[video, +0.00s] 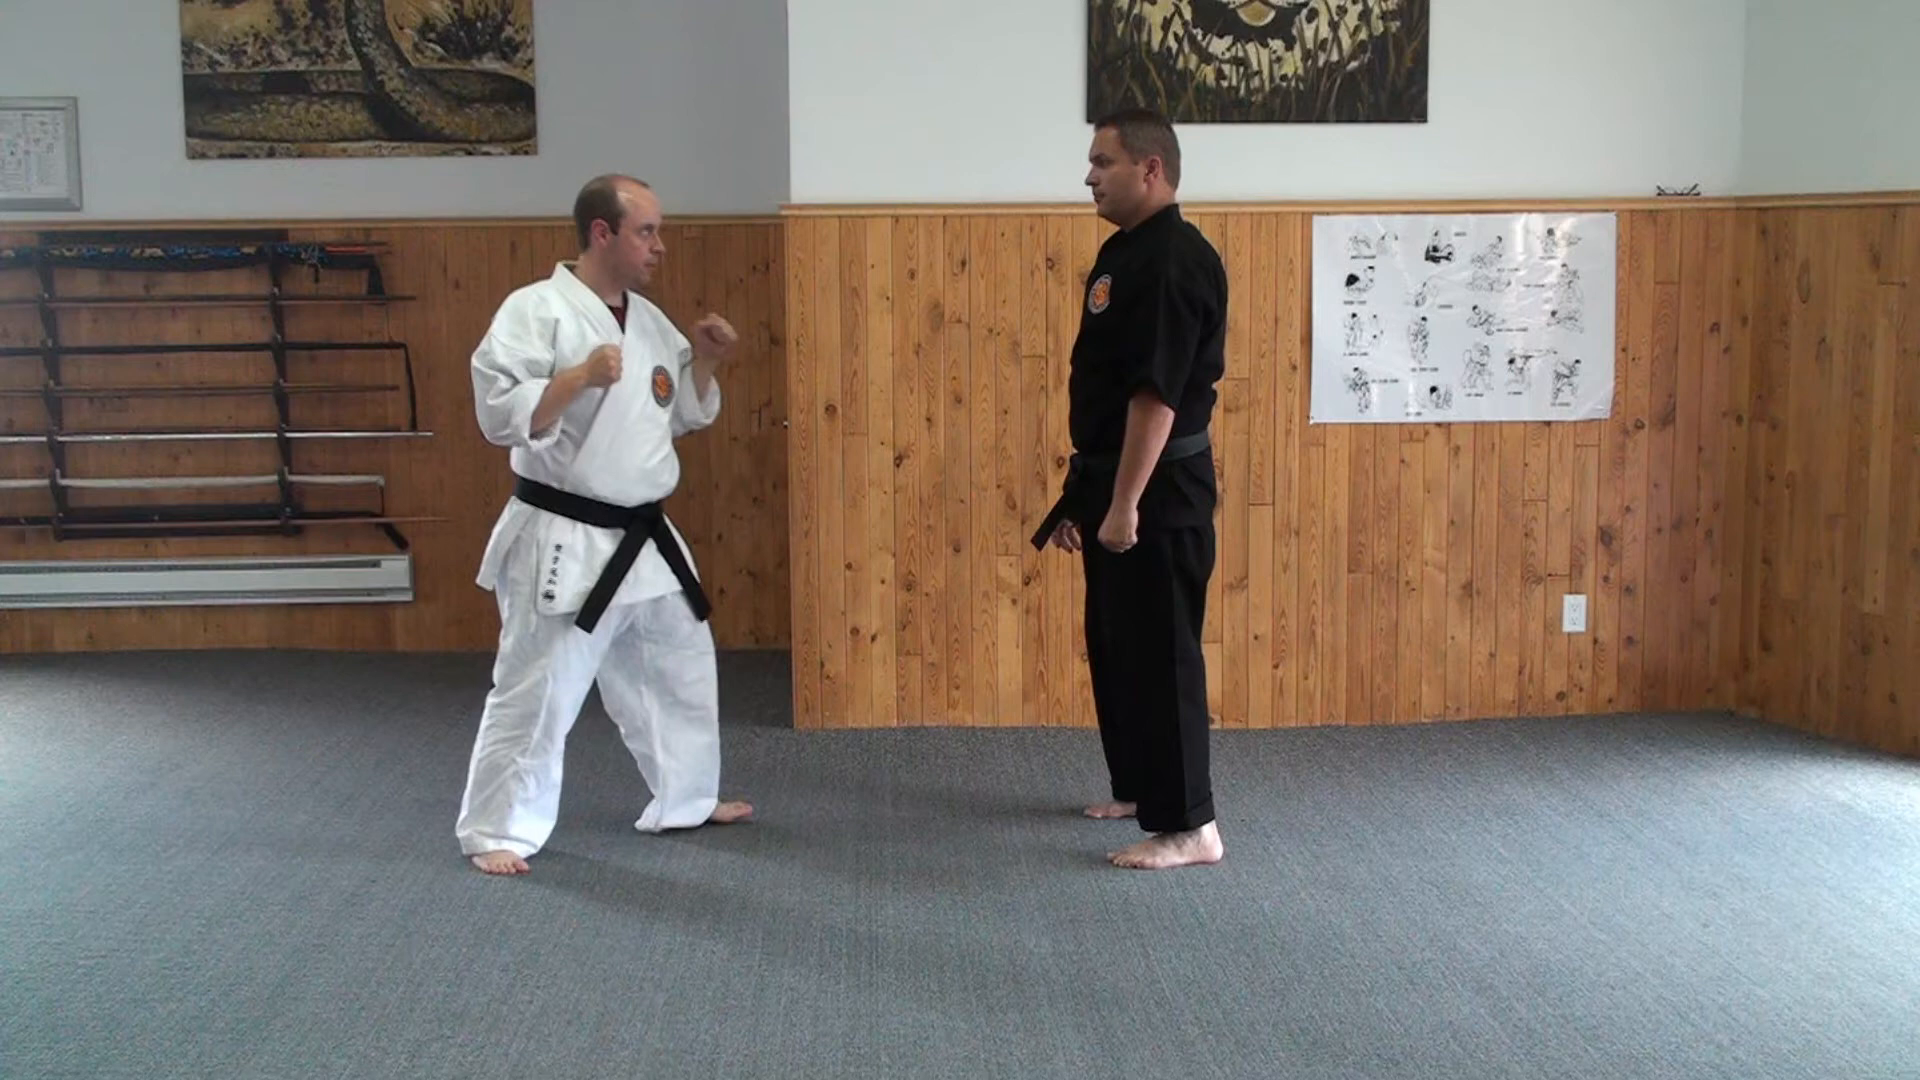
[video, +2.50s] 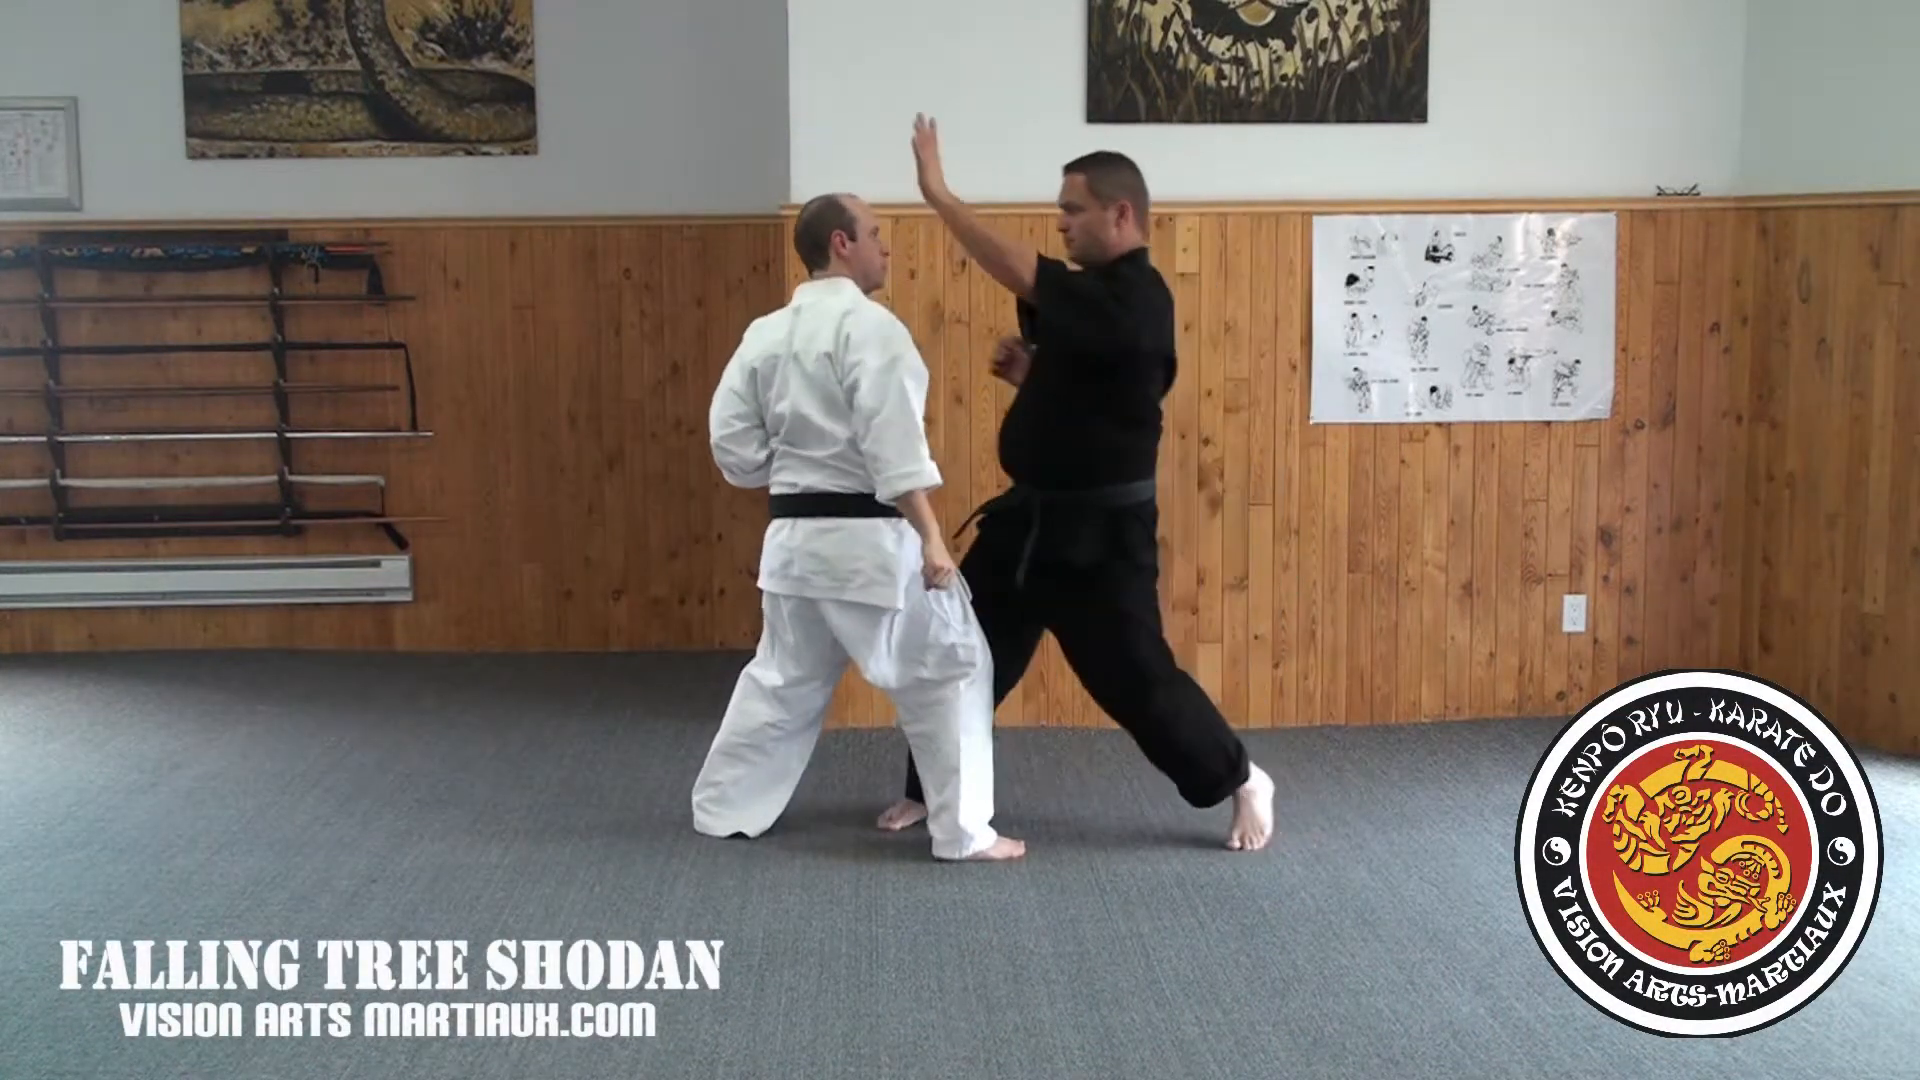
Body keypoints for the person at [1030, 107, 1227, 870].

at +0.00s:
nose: (1090, 175)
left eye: (1103, 163)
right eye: (1091, 162)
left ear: (1151, 169)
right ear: (1136, 170)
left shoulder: (1177, 257)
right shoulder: (1122, 252)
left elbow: (1161, 396)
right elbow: (1108, 389)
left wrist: (1126, 499)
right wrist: (1080, 492)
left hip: (1162, 490)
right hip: (1118, 488)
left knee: (1160, 658)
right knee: (1118, 652)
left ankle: (1190, 828)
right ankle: (1145, 789)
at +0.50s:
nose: (1097, 188)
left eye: (1107, 172)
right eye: (1097, 173)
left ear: (1156, 175)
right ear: (1153, 178)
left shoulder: (1176, 265)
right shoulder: (1153, 253)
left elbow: (1153, 404)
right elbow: (1083, 333)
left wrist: (1123, 509)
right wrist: (987, 362)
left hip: (1195, 484)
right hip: (1171, 480)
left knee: (1179, 656)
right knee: (1150, 643)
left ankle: (1189, 831)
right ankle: (1157, 786)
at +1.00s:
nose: (1174, 207)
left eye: (1184, 194)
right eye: (1173, 194)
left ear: (1232, 193)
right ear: (1234, 194)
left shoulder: (1242, 269)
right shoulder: (1252, 250)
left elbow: (1134, 298)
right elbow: (1168, 280)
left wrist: (1046, 268)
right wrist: (1140, 254)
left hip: (1273, 493)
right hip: (1277, 484)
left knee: (1220, 645)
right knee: (1294, 633)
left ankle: (1202, 823)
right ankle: (1339, 779)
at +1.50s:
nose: (1211, 194)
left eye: (1220, 179)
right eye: (1210, 180)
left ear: (1269, 179)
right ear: (1275, 182)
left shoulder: (1259, 259)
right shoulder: (1326, 255)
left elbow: (1123, 268)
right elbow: (1308, 342)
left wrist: (1005, 259)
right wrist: (1227, 338)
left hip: (1268, 488)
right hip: (1262, 478)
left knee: (1254, 644)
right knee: (1198, 615)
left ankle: (1278, 810)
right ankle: (1325, 688)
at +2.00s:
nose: (1191, 208)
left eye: (1199, 193)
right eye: (1190, 194)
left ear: (1247, 191)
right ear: (1256, 196)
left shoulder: (1223, 264)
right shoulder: (1309, 272)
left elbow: (1101, 273)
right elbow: (1330, 384)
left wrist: (984, 252)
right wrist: (1228, 364)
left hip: (1217, 491)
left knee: (1209, 649)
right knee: (1063, 545)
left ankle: (1280, 802)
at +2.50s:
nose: (1061, 224)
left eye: (1073, 210)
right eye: (1061, 211)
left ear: (1123, 215)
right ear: (1105, 216)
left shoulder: (1135, 295)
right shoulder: (1089, 292)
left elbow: (1023, 275)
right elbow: (1104, 387)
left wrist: (939, 197)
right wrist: (1032, 370)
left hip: (1101, 515)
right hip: (1033, 508)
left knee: (1132, 670)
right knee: (961, 653)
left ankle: (1241, 781)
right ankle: (932, 794)